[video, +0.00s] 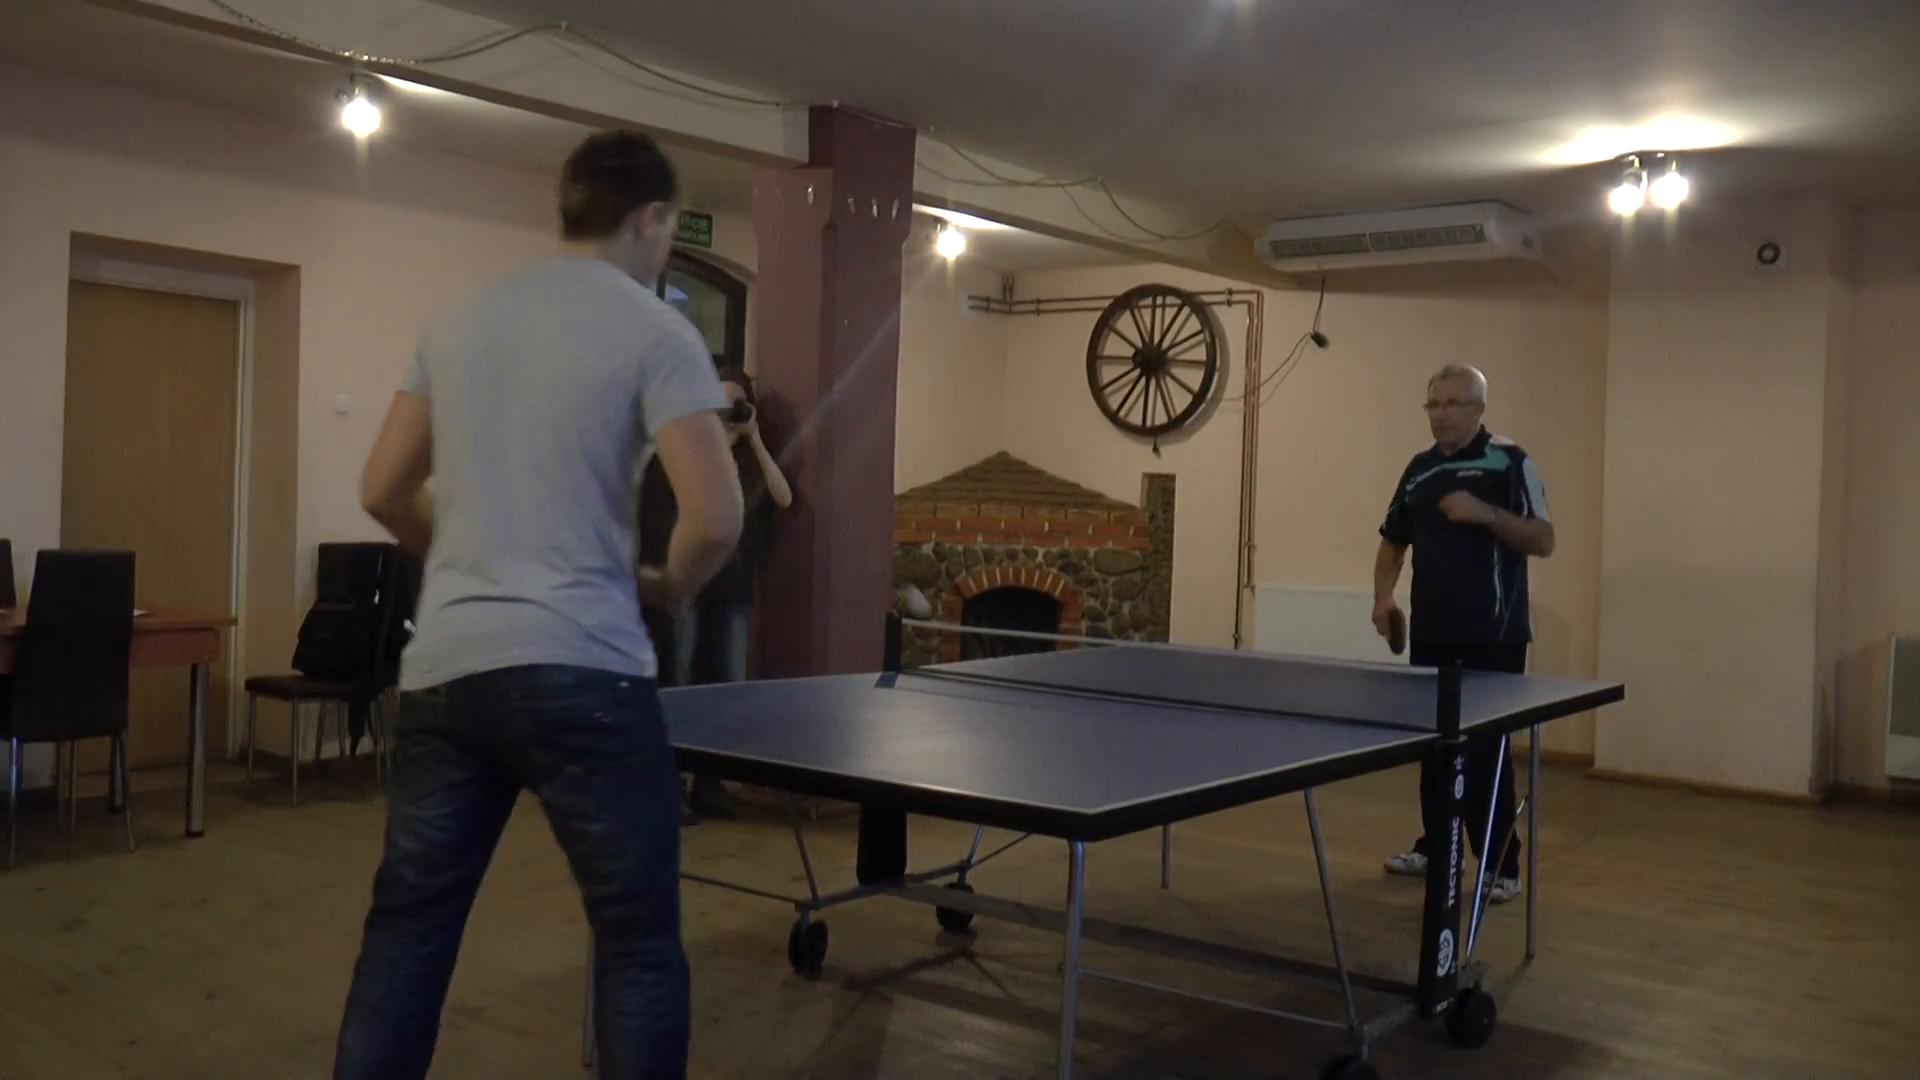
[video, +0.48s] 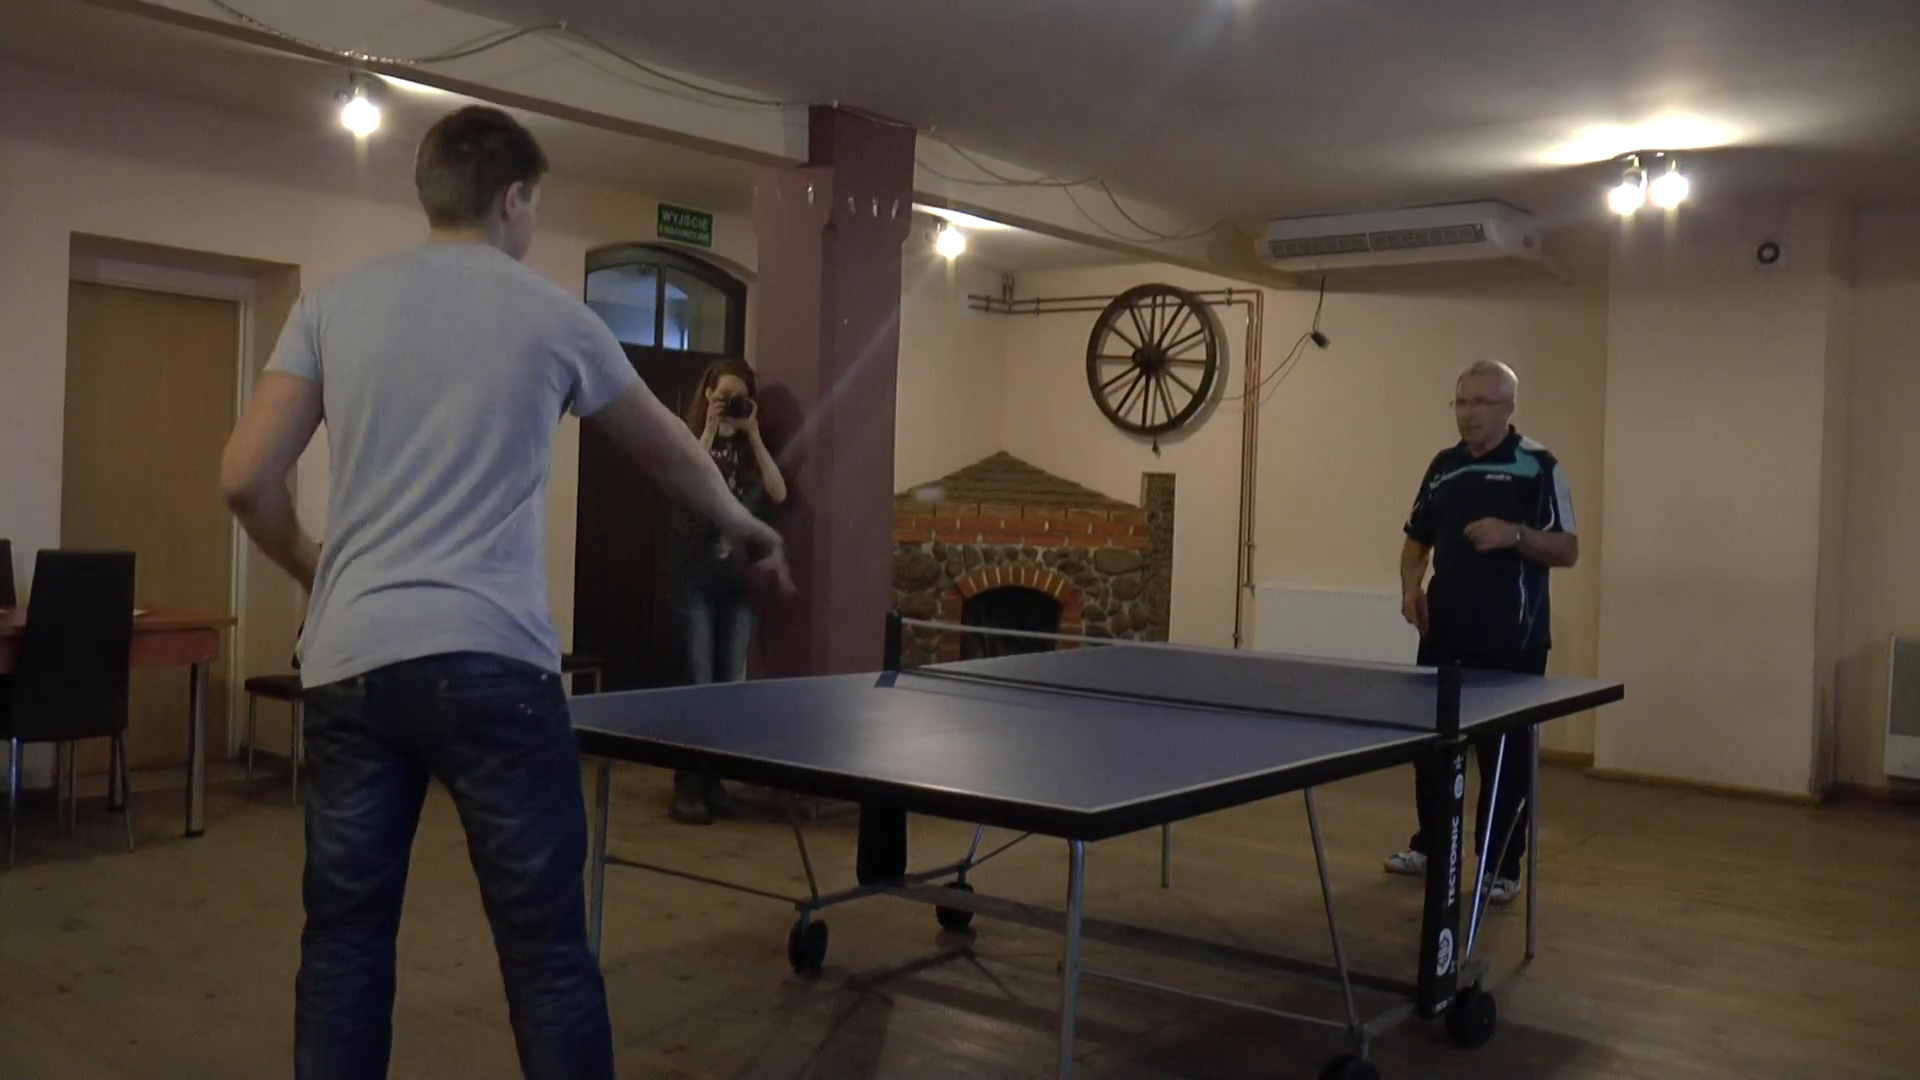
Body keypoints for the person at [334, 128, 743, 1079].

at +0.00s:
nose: (668, 249)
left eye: (671, 232)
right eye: (670, 229)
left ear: (566, 215)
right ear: (647, 222)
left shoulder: (459, 320)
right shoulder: (653, 327)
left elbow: (385, 488)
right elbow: (714, 514)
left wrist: (456, 555)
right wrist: (672, 585)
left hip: (444, 666)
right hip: (583, 668)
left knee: (408, 923)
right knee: (637, 936)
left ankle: (368, 1072)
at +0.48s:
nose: (535, 218)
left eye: (535, 200)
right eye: (536, 199)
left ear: (429, 198)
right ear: (513, 197)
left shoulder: (334, 299)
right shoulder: (548, 309)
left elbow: (249, 477)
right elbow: (672, 453)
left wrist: (309, 566)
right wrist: (747, 529)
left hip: (348, 656)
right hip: (491, 650)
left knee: (342, 941)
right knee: (546, 946)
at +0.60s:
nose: (525, 215)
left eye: (527, 200)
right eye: (527, 199)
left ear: (419, 194)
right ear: (506, 195)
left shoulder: (328, 298)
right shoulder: (547, 309)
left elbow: (244, 472)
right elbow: (670, 463)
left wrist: (294, 576)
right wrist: (695, 540)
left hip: (347, 657)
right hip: (495, 651)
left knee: (343, 937)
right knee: (545, 938)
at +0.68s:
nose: (527, 212)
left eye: (529, 196)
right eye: (527, 195)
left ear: (416, 193)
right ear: (504, 193)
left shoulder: (331, 295)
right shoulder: (548, 309)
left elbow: (245, 473)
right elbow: (656, 481)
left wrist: (297, 577)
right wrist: (653, 550)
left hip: (349, 653)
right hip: (495, 650)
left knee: (345, 936)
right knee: (550, 940)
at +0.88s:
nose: (535, 209)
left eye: (534, 191)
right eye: (535, 190)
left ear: (426, 192)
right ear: (512, 190)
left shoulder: (334, 299)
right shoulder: (553, 314)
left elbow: (257, 479)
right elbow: (596, 523)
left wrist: (326, 576)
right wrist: (584, 620)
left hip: (357, 651)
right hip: (499, 653)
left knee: (350, 935)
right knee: (552, 944)